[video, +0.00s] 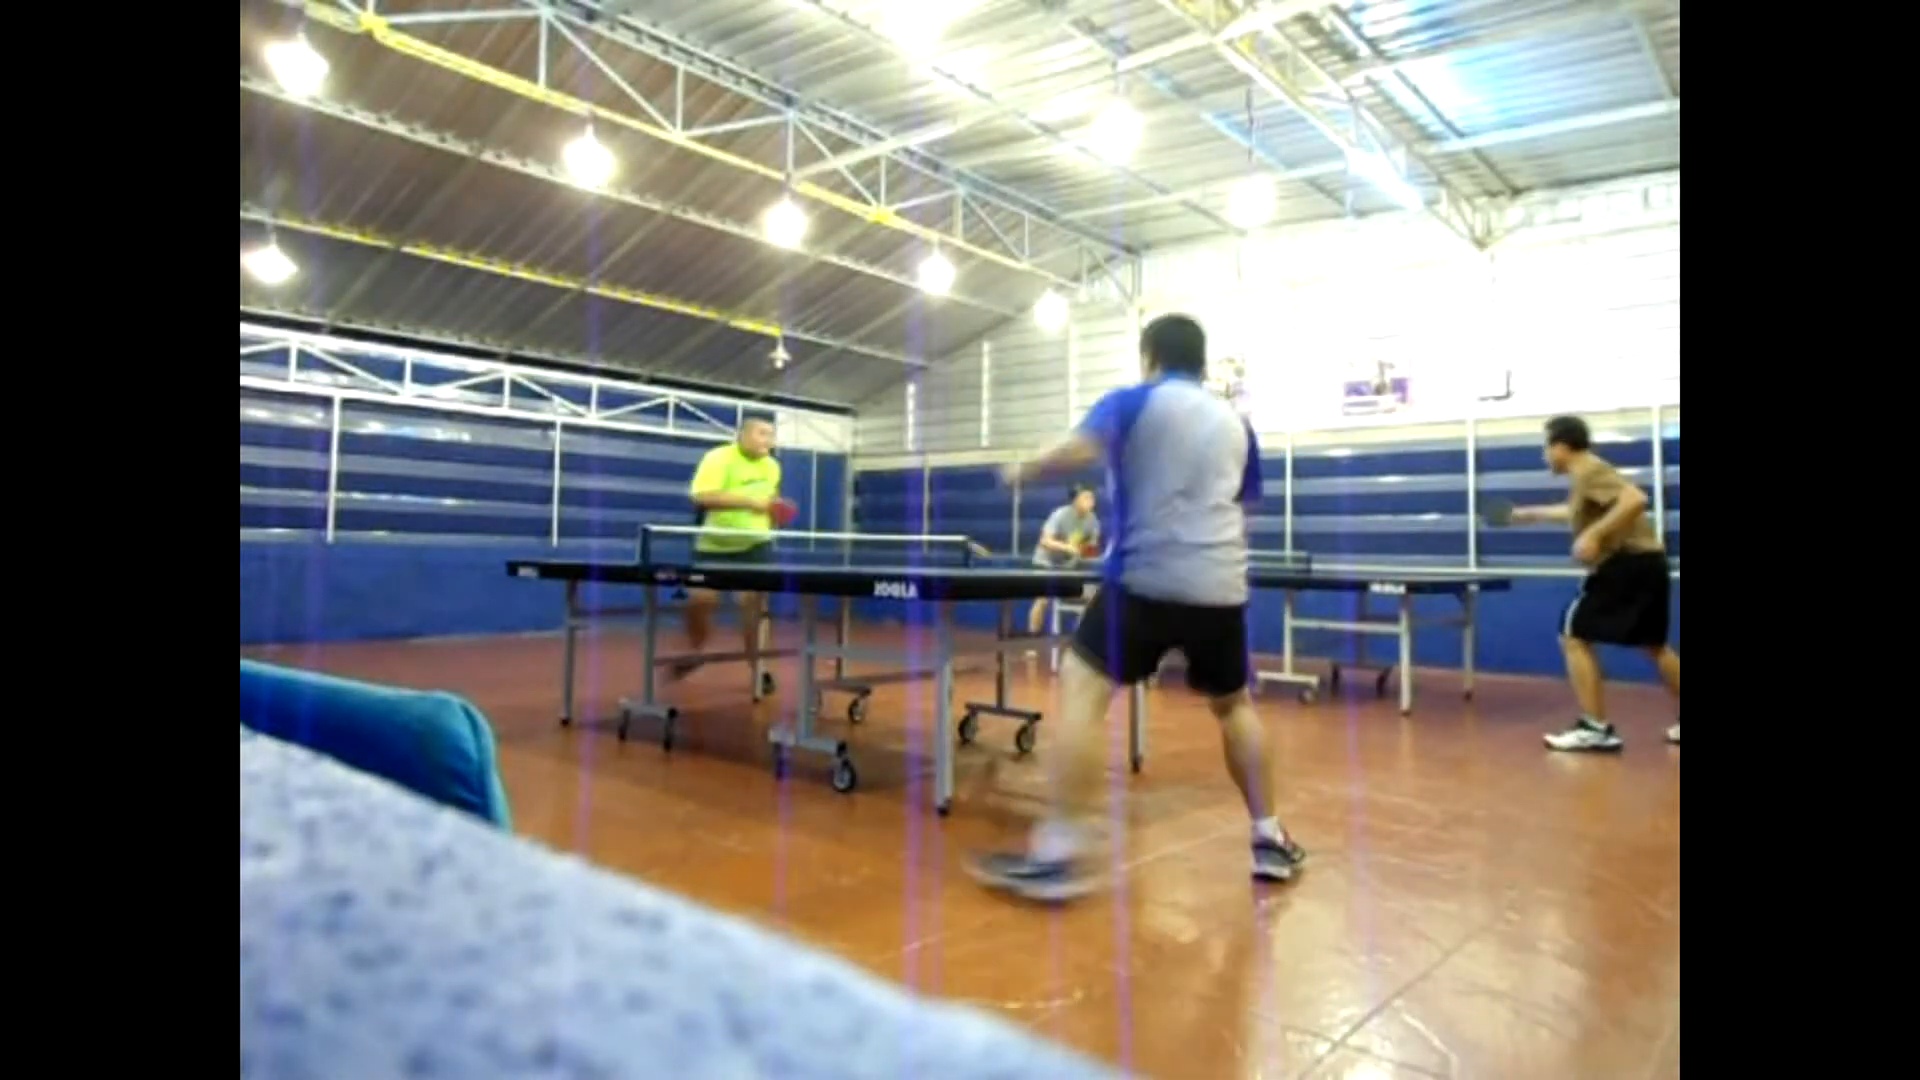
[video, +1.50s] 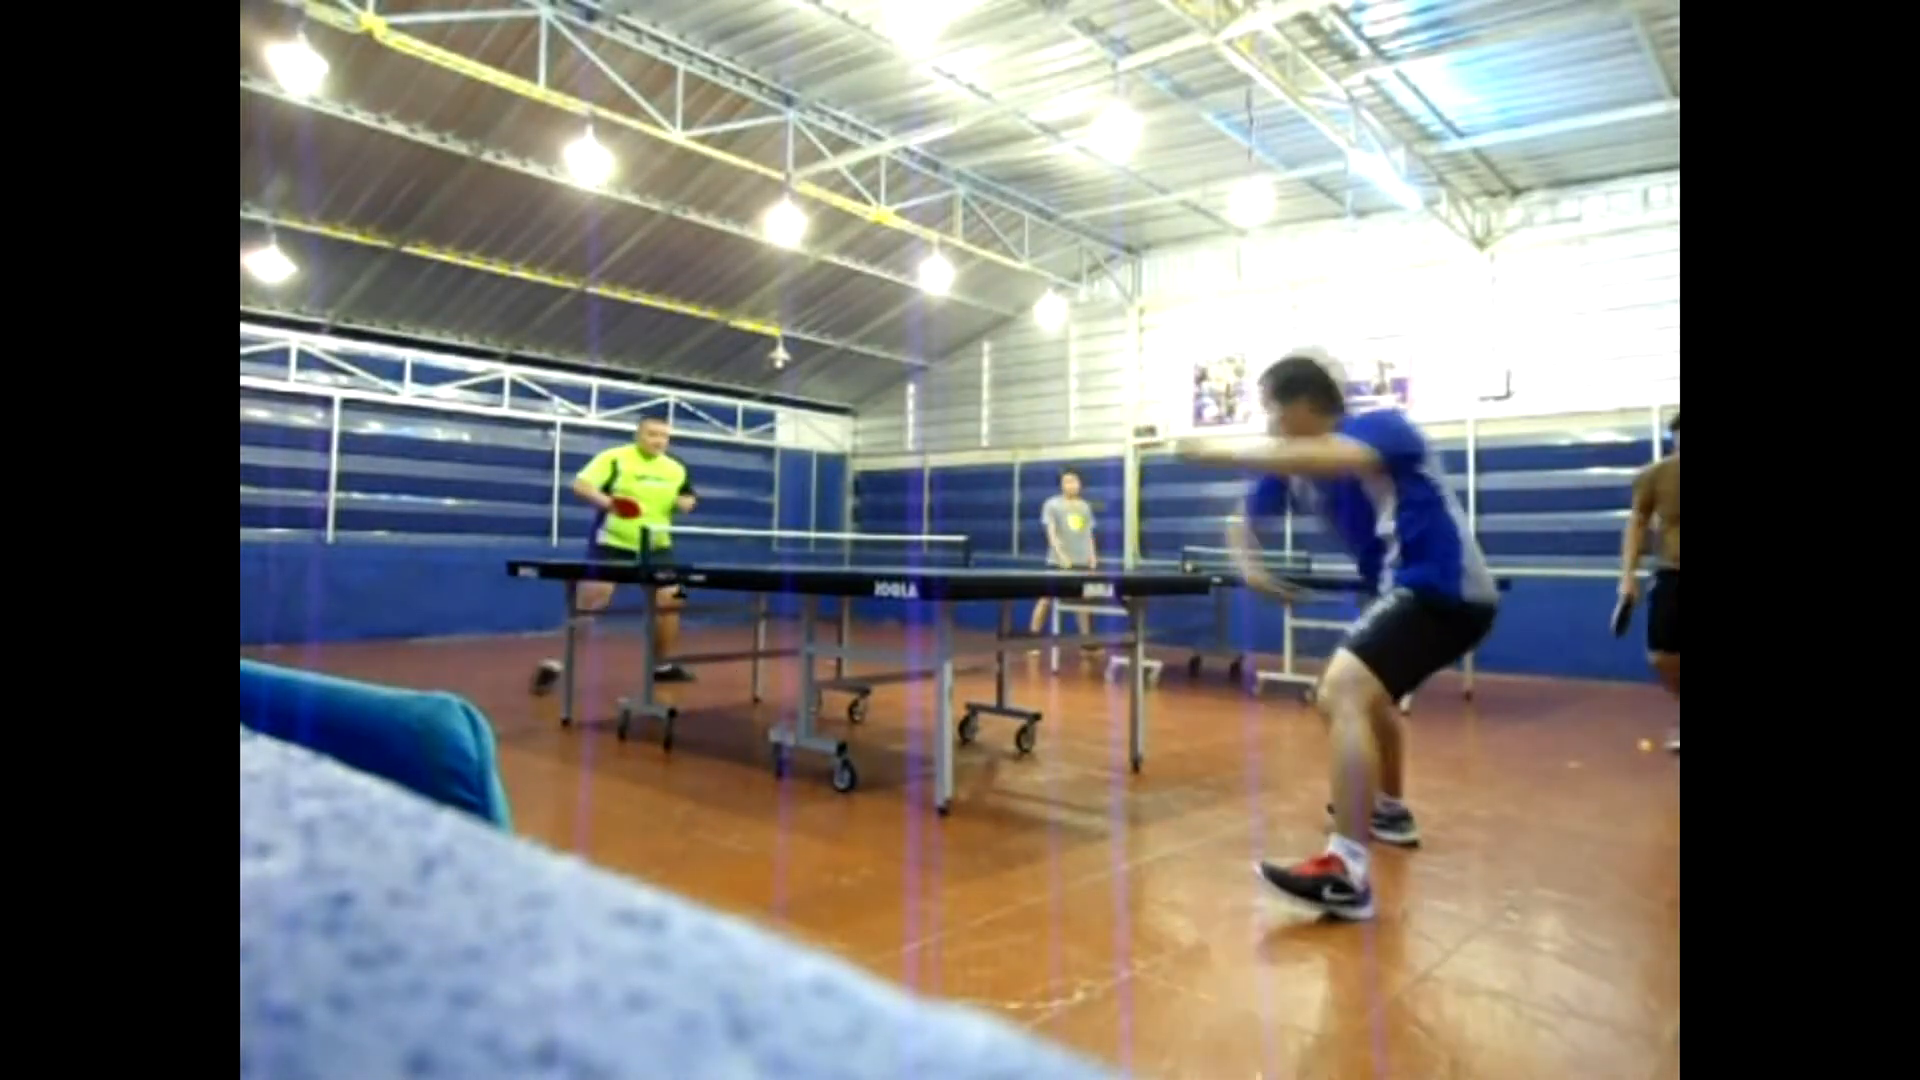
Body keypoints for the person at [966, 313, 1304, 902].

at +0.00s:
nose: (1140, 365)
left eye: (1143, 357)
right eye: (1144, 357)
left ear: (1152, 358)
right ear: (1202, 361)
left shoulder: (1132, 404)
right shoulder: (1235, 425)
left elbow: (1079, 454)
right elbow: (1246, 501)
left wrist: (1022, 472)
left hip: (1144, 590)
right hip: (1219, 597)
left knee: (1081, 698)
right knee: (1235, 707)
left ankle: (1055, 849)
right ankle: (1268, 837)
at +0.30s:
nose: (1148, 413)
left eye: (1151, 405)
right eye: (1152, 407)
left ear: (1158, 400)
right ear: (1196, 401)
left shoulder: (1171, 414)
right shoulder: (1212, 437)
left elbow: (1169, 432)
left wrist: (1097, 422)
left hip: (1210, 576)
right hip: (1251, 579)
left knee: (1157, 692)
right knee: (1221, 680)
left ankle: (1208, 832)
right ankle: (1216, 774)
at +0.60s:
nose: (1155, 452)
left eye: (1158, 442)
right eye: (1155, 443)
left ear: (1172, 438)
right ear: (1201, 436)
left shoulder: (1197, 452)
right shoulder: (1217, 472)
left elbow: (1193, 483)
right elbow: (1183, 540)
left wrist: (1138, 509)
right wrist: (1127, 531)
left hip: (1248, 592)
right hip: (1274, 594)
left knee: (1167, 692)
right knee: (1214, 679)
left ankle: (1242, 814)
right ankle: (1215, 772)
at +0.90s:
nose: (1198, 403)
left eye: (1202, 391)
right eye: (1199, 392)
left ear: (1224, 389)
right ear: (1251, 391)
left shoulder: (1236, 417)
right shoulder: (1278, 433)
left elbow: (1218, 457)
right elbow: (1296, 510)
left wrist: (1139, 511)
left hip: (1277, 580)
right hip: (1316, 585)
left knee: (1219, 698)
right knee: (1250, 677)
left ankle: (1300, 835)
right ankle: (1257, 776)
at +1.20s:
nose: (1235, 429)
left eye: (1237, 419)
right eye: (1232, 420)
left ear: (1259, 410)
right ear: (1289, 408)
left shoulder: (1278, 439)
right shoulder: (1328, 446)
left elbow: (1208, 502)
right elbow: (1342, 536)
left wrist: (1158, 537)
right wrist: (1269, 557)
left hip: (1346, 606)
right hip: (1388, 610)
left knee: (1252, 708)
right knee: (1312, 691)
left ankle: (1322, 869)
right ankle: (1370, 803)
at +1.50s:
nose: (1271, 425)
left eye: (1276, 411)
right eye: (1269, 413)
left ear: (1307, 405)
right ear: (1301, 408)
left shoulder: (1382, 428)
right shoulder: (1296, 460)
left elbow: (1343, 458)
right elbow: (1242, 524)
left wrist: (1224, 455)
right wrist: (1255, 571)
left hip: (1443, 592)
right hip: (1406, 593)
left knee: (1343, 692)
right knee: (1368, 693)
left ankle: (1347, 865)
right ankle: (1389, 809)